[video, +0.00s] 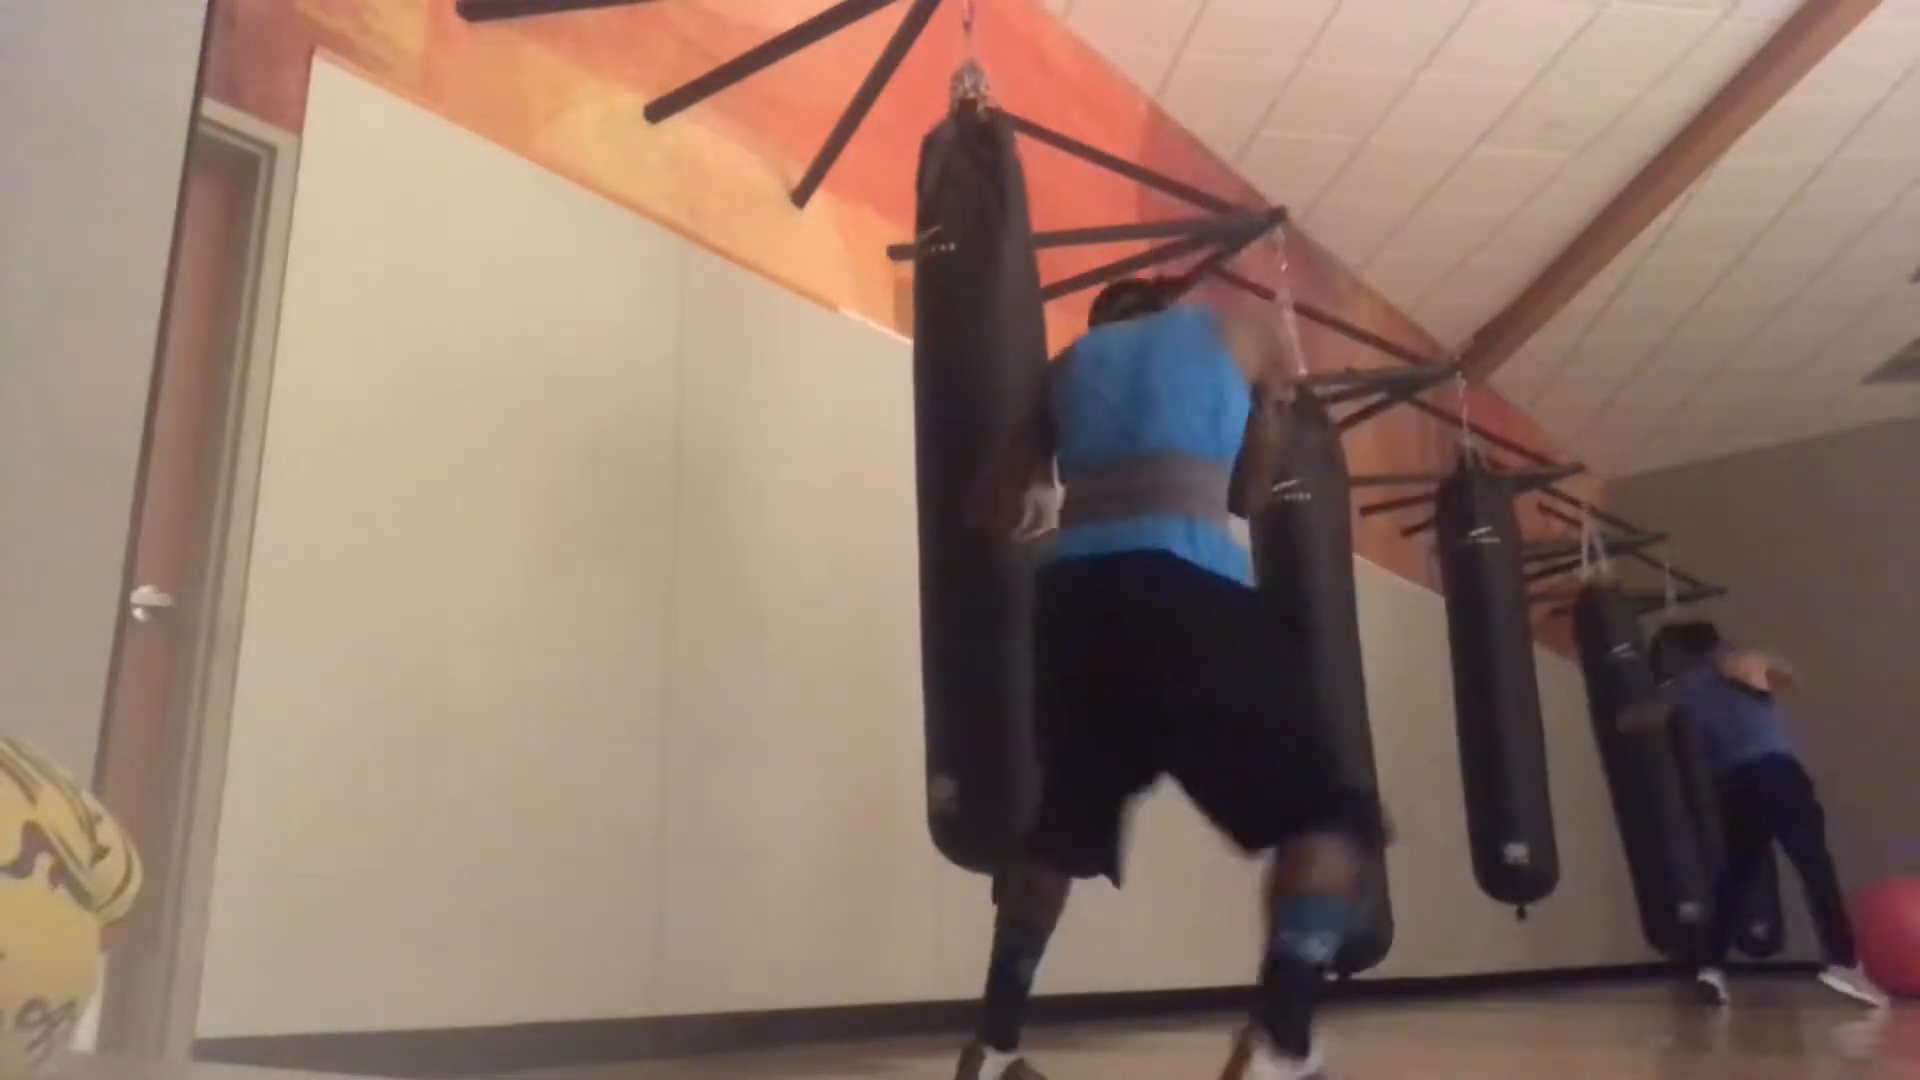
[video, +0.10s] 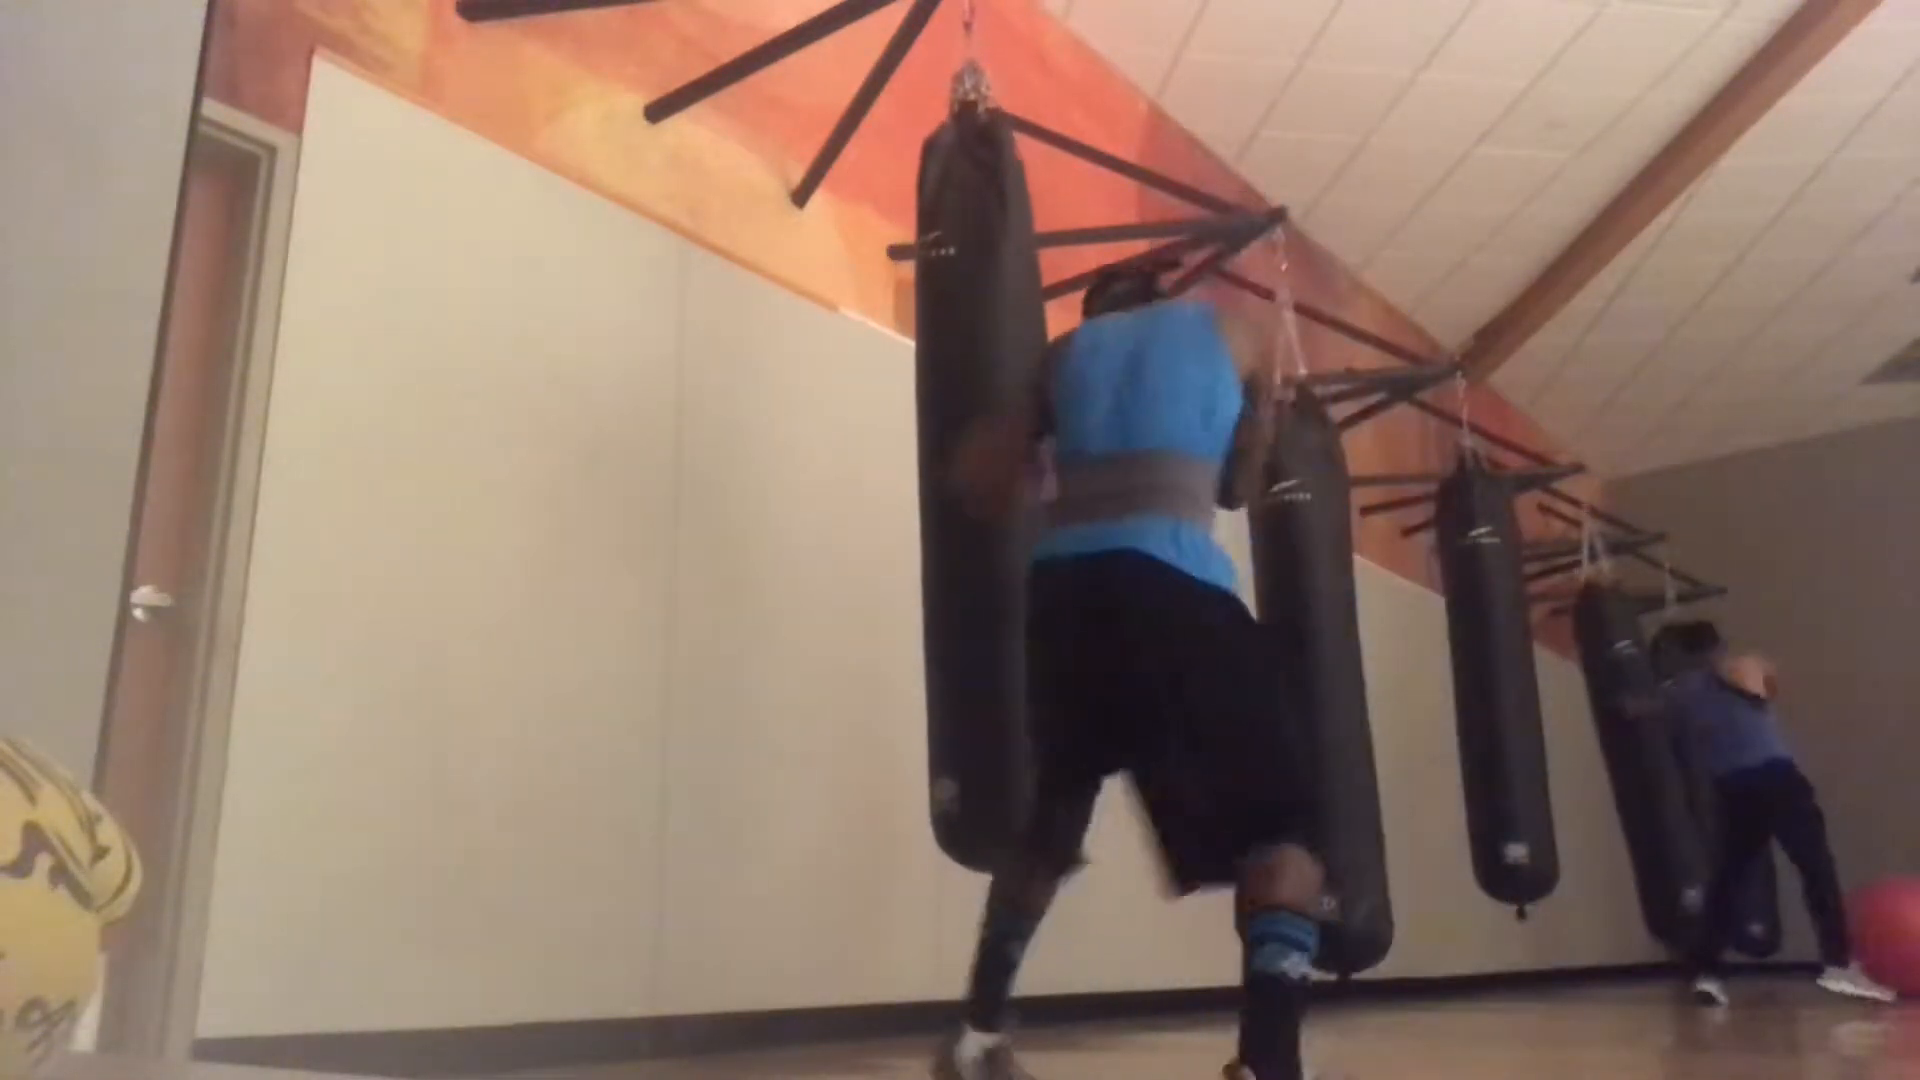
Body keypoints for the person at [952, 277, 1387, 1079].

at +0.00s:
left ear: (1098, 325)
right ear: (1177, 309)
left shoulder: (1063, 372)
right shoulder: (1242, 327)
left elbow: (994, 513)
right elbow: (1253, 488)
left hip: (1075, 595)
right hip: (1196, 592)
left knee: (1061, 816)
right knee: (1315, 813)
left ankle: (994, 1042)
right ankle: (1282, 1041)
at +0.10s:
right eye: (1186, 287)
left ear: (1098, 313)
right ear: (1178, 298)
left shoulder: (1064, 355)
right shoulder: (1218, 333)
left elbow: (980, 472)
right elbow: (1237, 487)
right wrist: (1271, 403)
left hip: (1060, 592)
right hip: (1177, 591)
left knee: (1052, 811)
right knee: (1275, 818)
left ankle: (980, 1031)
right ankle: (1269, 1055)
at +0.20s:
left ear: (1075, 302)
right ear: (1153, 283)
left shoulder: (1036, 354)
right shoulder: (1203, 313)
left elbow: (955, 448)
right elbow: (1221, 471)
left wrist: (1009, 459)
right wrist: (1245, 390)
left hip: (1037, 589)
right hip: (1153, 581)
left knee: (1026, 813)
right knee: (1260, 801)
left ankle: (963, 1031)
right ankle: (1272, 1042)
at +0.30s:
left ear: (1029, 300)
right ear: (1108, 289)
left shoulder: (994, 346)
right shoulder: (1165, 325)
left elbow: (942, 451)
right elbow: (1210, 476)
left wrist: (977, 446)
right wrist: (1134, 453)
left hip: (1005, 594)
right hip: (1125, 587)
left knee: (998, 822)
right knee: (1224, 799)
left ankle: (959, 1040)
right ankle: (1280, 1000)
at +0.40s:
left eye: (1002, 296)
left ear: (1005, 292)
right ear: (1067, 293)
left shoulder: (978, 332)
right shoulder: (1132, 340)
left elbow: (933, 471)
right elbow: (1173, 466)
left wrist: (995, 474)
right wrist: (1094, 472)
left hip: (1001, 585)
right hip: (1114, 586)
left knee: (973, 818)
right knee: (1164, 810)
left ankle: (954, 1047)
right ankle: (1302, 961)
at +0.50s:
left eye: (976, 293)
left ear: (985, 284)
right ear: (1051, 279)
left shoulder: (979, 318)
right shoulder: (1119, 338)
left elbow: (947, 462)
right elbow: (1115, 462)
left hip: (1007, 571)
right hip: (1118, 576)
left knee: (971, 806)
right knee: (1158, 800)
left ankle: (955, 1047)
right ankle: (1317, 955)